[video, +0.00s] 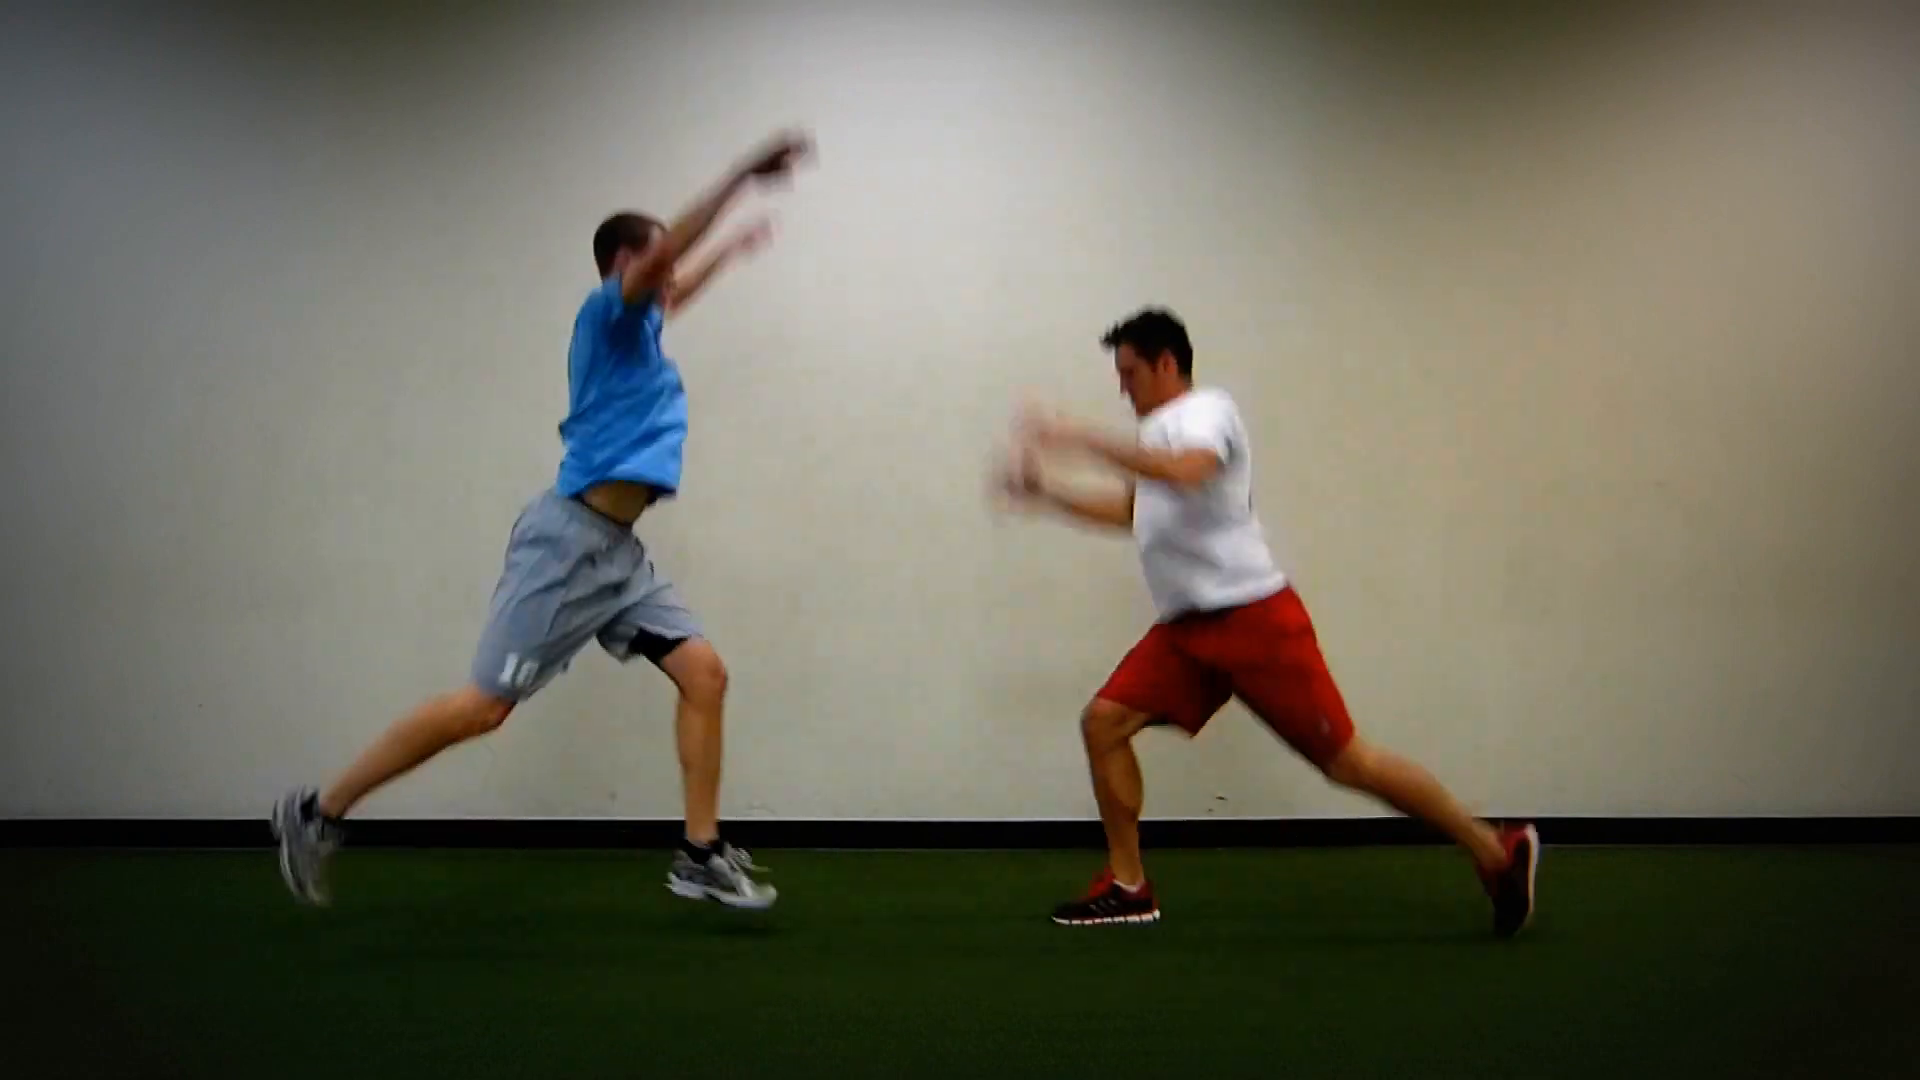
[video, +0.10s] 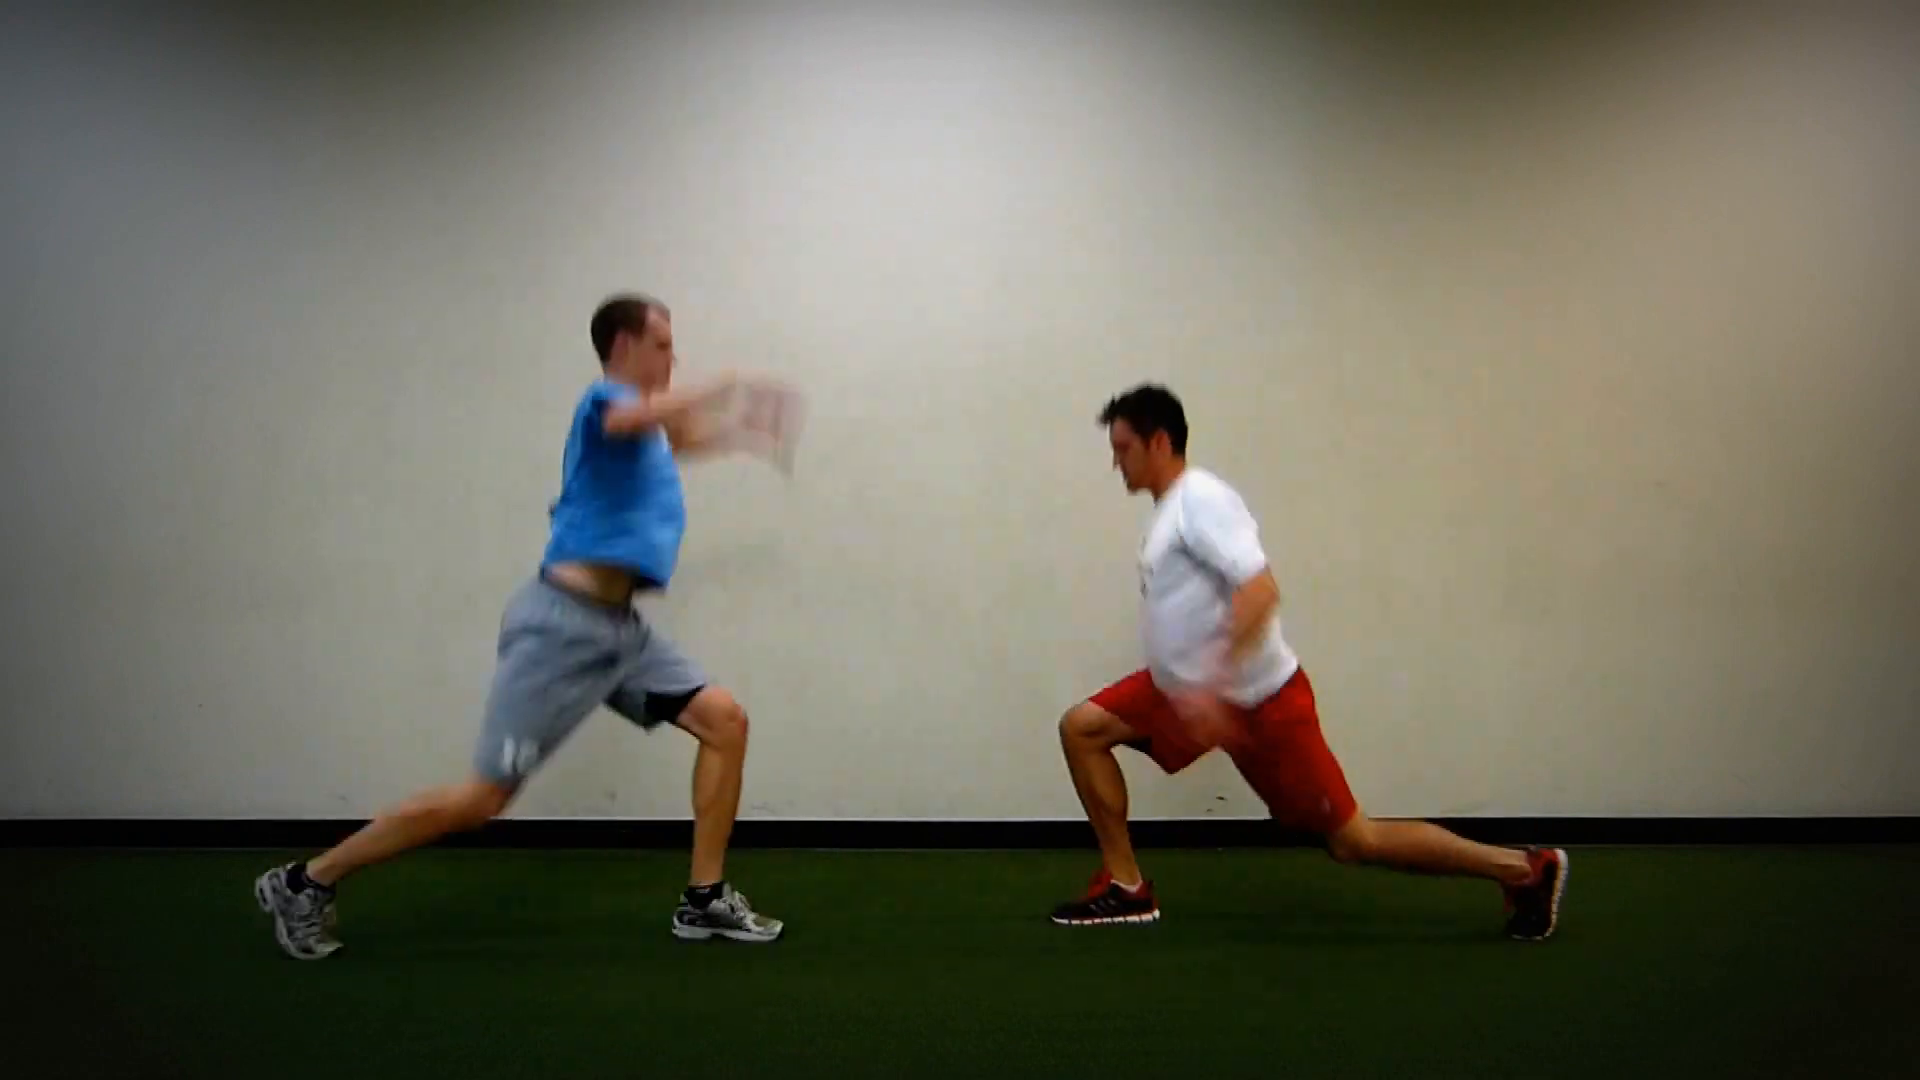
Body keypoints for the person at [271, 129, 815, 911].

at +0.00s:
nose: (670, 261)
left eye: (669, 252)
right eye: (661, 252)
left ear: (640, 262)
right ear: (626, 259)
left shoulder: (641, 330)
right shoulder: (608, 317)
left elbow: (679, 291)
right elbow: (669, 250)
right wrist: (747, 173)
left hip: (619, 549)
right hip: (565, 537)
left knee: (703, 673)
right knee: (484, 708)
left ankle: (703, 853)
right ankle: (319, 811)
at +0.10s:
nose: (672, 358)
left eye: (673, 346)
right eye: (662, 345)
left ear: (638, 349)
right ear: (623, 346)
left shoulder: (644, 425)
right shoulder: (604, 402)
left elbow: (685, 440)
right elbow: (635, 422)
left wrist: (740, 426)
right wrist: (728, 387)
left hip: (620, 625)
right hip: (562, 619)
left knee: (725, 722)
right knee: (479, 803)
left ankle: (705, 899)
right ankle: (305, 882)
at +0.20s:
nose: (677, 429)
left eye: (674, 416)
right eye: (666, 418)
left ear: (634, 425)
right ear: (627, 425)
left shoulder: (638, 500)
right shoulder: (609, 498)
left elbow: (639, 592)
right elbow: (597, 584)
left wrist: (694, 622)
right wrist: (660, 641)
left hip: (621, 687)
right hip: (565, 692)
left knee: (747, 729)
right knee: (498, 874)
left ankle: (709, 898)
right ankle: (307, 887)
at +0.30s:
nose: (679, 454)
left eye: (677, 443)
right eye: (668, 444)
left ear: (639, 450)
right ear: (632, 451)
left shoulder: (640, 524)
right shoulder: (611, 527)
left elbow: (615, 638)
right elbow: (589, 640)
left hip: (634, 705)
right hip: (576, 717)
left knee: (757, 732)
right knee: (526, 910)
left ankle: (711, 897)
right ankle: (336, 884)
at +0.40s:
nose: (679, 465)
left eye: (677, 454)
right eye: (668, 454)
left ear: (639, 461)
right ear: (630, 459)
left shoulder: (638, 534)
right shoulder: (610, 538)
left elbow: (615, 651)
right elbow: (584, 655)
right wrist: (589, 760)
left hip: (633, 713)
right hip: (575, 726)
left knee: (756, 732)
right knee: (522, 919)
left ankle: (710, 898)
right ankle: (334, 884)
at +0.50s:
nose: (677, 464)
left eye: (676, 453)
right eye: (667, 453)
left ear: (637, 459)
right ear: (629, 458)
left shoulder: (635, 532)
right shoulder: (611, 536)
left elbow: (606, 646)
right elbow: (584, 650)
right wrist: (592, 753)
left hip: (625, 711)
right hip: (571, 724)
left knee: (751, 730)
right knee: (520, 919)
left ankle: (710, 897)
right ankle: (333, 883)